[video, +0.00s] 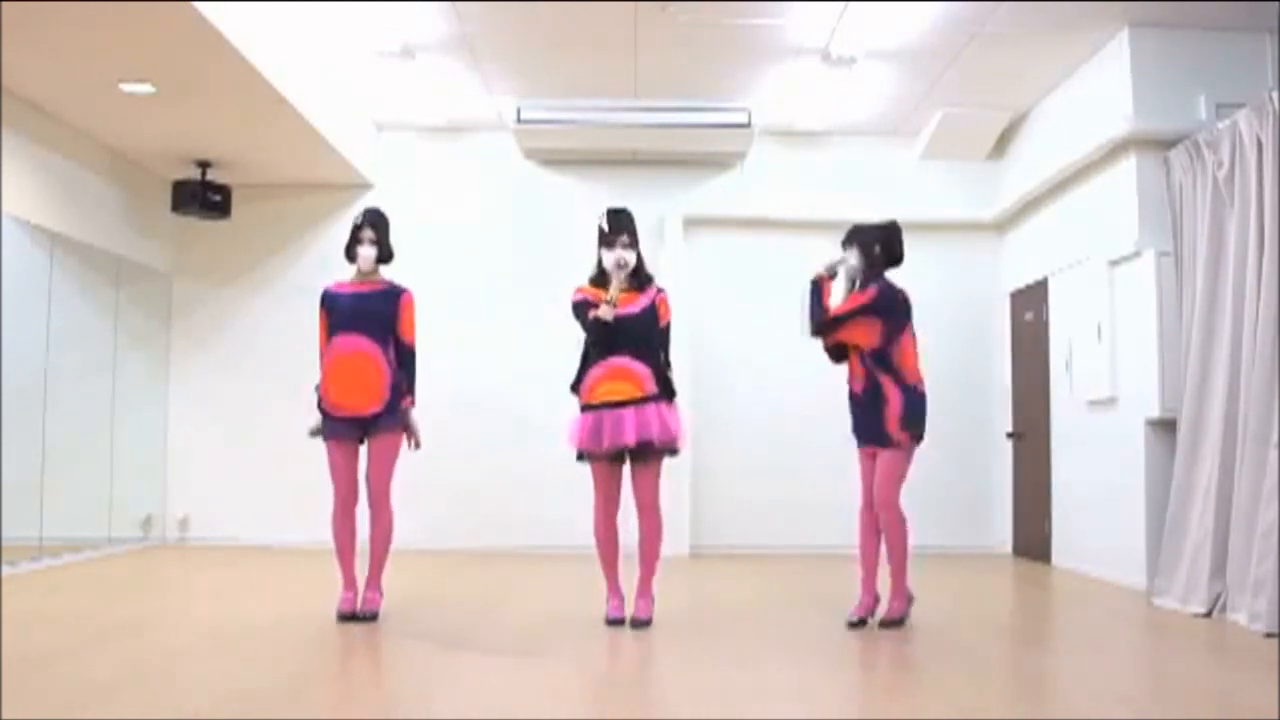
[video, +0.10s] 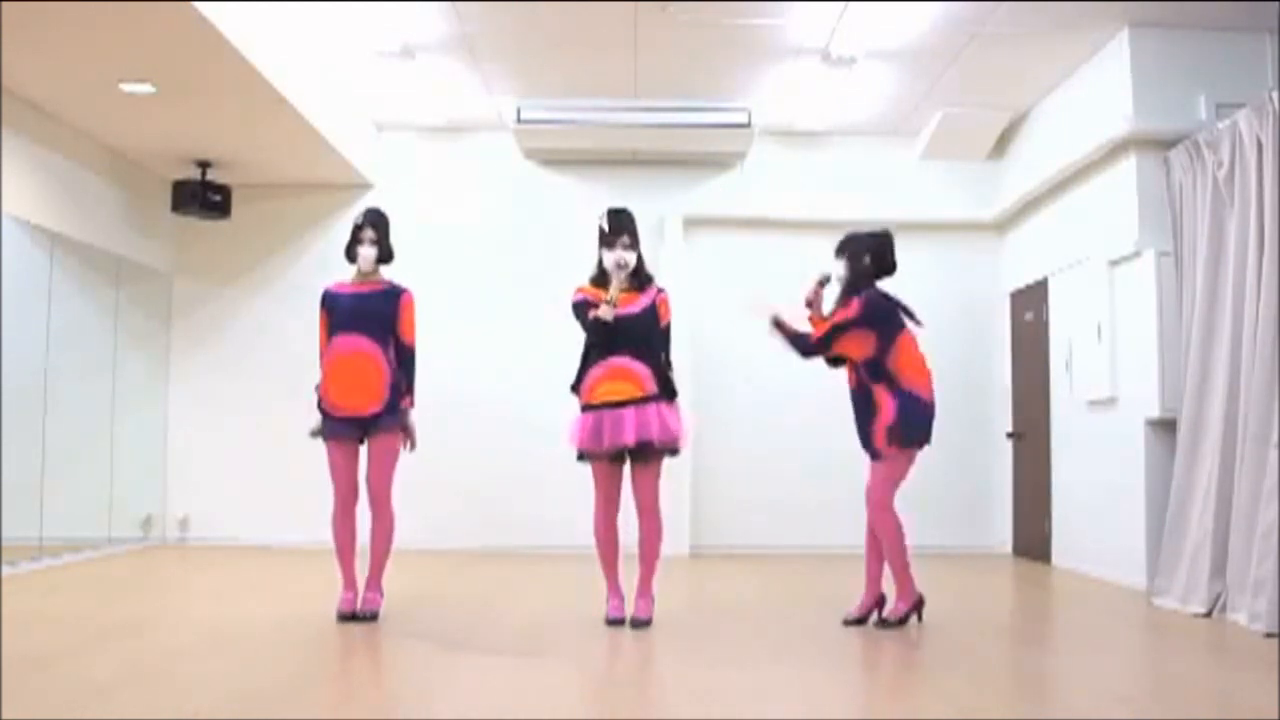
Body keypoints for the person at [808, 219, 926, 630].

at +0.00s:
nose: (845, 259)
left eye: (851, 251)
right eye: (847, 251)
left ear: (870, 254)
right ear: (871, 256)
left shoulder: (888, 297)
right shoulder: (864, 300)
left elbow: (822, 325)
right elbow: (835, 351)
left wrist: (820, 282)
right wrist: (834, 299)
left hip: (900, 410)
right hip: (868, 410)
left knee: (885, 499)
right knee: (869, 503)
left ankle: (901, 592)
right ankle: (868, 592)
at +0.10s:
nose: (839, 268)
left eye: (844, 260)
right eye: (840, 261)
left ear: (860, 263)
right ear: (874, 264)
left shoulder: (868, 305)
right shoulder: (869, 303)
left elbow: (815, 346)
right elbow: (838, 349)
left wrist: (778, 325)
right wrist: (816, 313)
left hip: (906, 410)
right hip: (893, 409)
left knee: (880, 498)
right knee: (876, 500)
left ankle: (906, 593)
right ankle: (873, 592)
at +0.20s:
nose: (828, 281)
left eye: (833, 274)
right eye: (831, 274)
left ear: (845, 279)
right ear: (865, 279)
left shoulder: (858, 320)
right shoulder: (868, 316)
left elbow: (799, 358)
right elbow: (831, 362)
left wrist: (767, 332)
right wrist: (811, 326)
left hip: (908, 417)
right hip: (912, 413)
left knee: (874, 500)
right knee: (888, 505)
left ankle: (905, 591)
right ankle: (876, 591)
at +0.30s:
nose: (821, 289)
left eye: (826, 281)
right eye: (822, 282)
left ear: (838, 284)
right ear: (859, 284)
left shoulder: (852, 326)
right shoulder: (863, 320)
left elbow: (797, 370)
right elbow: (832, 366)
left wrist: (769, 336)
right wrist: (809, 335)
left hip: (911, 417)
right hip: (918, 414)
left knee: (871, 498)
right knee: (891, 507)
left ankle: (902, 589)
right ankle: (875, 591)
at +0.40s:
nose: (822, 289)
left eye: (826, 282)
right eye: (824, 282)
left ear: (839, 286)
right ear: (859, 285)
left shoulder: (849, 326)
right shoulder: (867, 320)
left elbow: (799, 367)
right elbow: (838, 364)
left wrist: (756, 349)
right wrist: (812, 335)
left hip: (908, 419)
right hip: (919, 416)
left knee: (871, 499)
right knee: (890, 509)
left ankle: (902, 590)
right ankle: (875, 593)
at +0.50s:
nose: (824, 285)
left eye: (828, 278)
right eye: (826, 277)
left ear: (840, 282)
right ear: (860, 280)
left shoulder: (855, 322)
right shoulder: (867, 317)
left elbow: (804, 361)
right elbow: (835, 364)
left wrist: (764, 339)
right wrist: (812, 331)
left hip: (907, 415)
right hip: (914, 412)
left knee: (871, 498)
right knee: (888, 506)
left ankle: (903, 590)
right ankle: (875, 594)